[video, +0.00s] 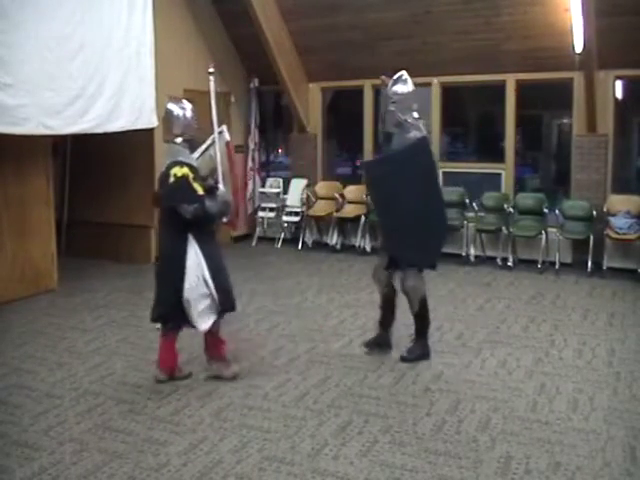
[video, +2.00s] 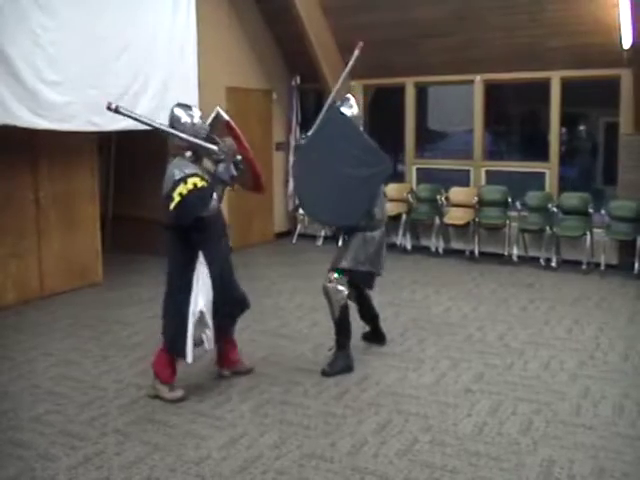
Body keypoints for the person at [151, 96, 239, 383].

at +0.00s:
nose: (198, 128)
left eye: (195, 122)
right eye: (193, 123)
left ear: (176, 131)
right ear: (182, 129)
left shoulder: (184, 163)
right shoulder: (179, 169)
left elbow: (201, 192)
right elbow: (189, 210)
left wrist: (213, 193)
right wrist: (220, 203)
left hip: (178, 245)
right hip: (190, 246)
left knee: (174, 300)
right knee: (210, 296)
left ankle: (167, 364)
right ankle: (217, 359)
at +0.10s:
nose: (188, 123)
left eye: (186, 117)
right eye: (183, 118)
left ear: (166, 125)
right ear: (171, 125)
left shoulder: (172, 157)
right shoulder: (169, 166)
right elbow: (183, 209)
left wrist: (206, 188)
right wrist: (212, 199)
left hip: (171, 243)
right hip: (181, 246)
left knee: (169, 300)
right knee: (190, 300)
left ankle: (164, 367)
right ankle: (189, 365)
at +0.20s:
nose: (180, 121)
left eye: (179, 115)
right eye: (176, 116)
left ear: (159, 118)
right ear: (165, 119)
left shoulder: (170, 150)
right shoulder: (160, 155)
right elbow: (174, 205)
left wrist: (200, 187)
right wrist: (203, 196)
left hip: (179, 236)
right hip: (169, 239)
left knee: (178, 293)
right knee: (172, 293)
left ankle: (169, 352)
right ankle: (163, 353)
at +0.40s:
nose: (171, 127)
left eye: (170, 121)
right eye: (164, 123)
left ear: (167, 124)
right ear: (150, 128)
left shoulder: (170, 156)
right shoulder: (147, 163)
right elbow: (161, 208)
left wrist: (197, 190)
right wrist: (190, 197)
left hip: (175, 240)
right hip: (153, 244)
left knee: (174, 300)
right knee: (144, 301)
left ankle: (165, 360)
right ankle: (124, 368)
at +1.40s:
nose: (167, 129)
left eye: (171, 122)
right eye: (161, 124)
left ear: (180, 128)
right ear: (154, 132)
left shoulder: (190, 158)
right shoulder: (154, 159)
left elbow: (218, 195)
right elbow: (166, 201)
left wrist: (211, 171)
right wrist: (194, 177)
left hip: (186, 230)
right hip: (157, 234)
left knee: (199, 293)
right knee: (154, 296)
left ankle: (205, 352)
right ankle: (146, 360)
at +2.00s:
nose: (189, 141)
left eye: (192, 135)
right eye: (184, 136)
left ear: (197, 138)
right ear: (177, 140)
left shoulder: (205, 161)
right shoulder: (178, 170)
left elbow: (230, 178)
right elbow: (198, 206)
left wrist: (231, 158)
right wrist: (220, 170)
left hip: (213, 232)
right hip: (183, 237)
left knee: (226, 294)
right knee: (178, 299)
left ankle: (227, 354)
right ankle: (165, 365)